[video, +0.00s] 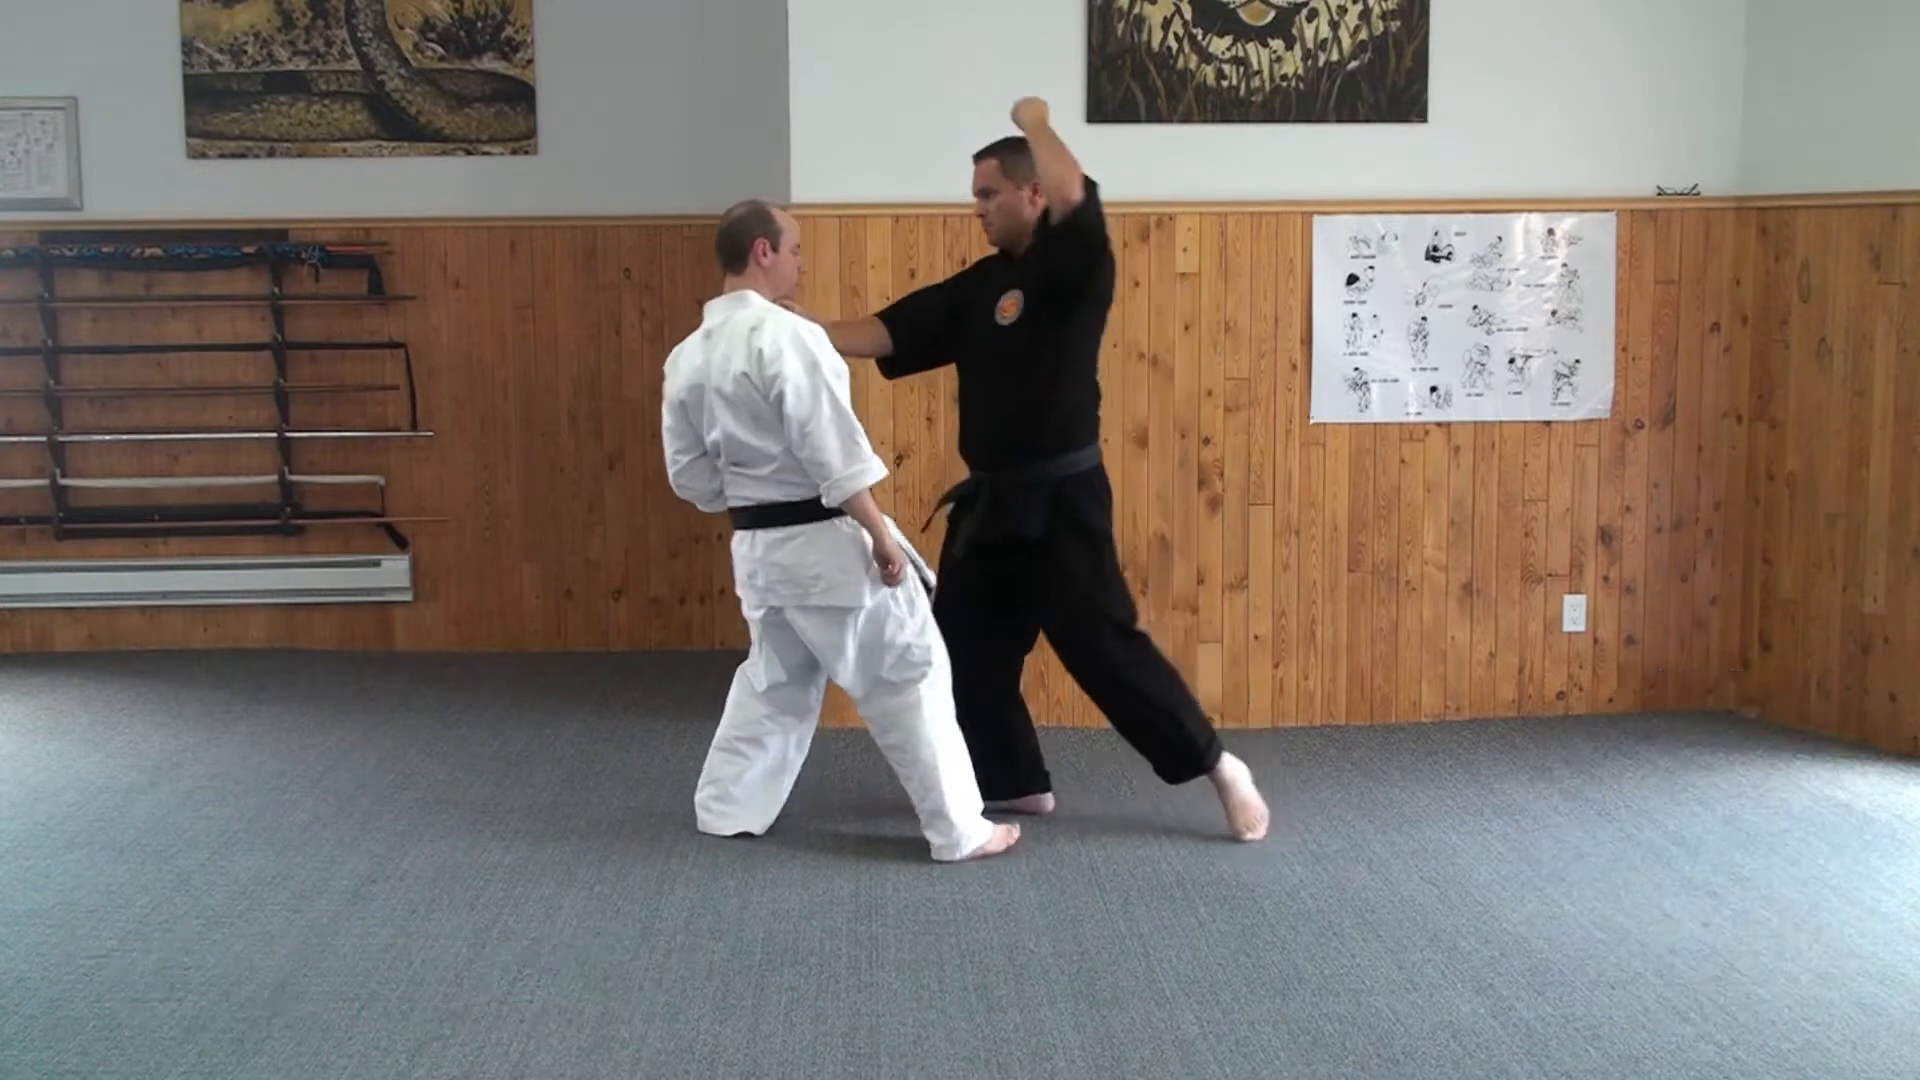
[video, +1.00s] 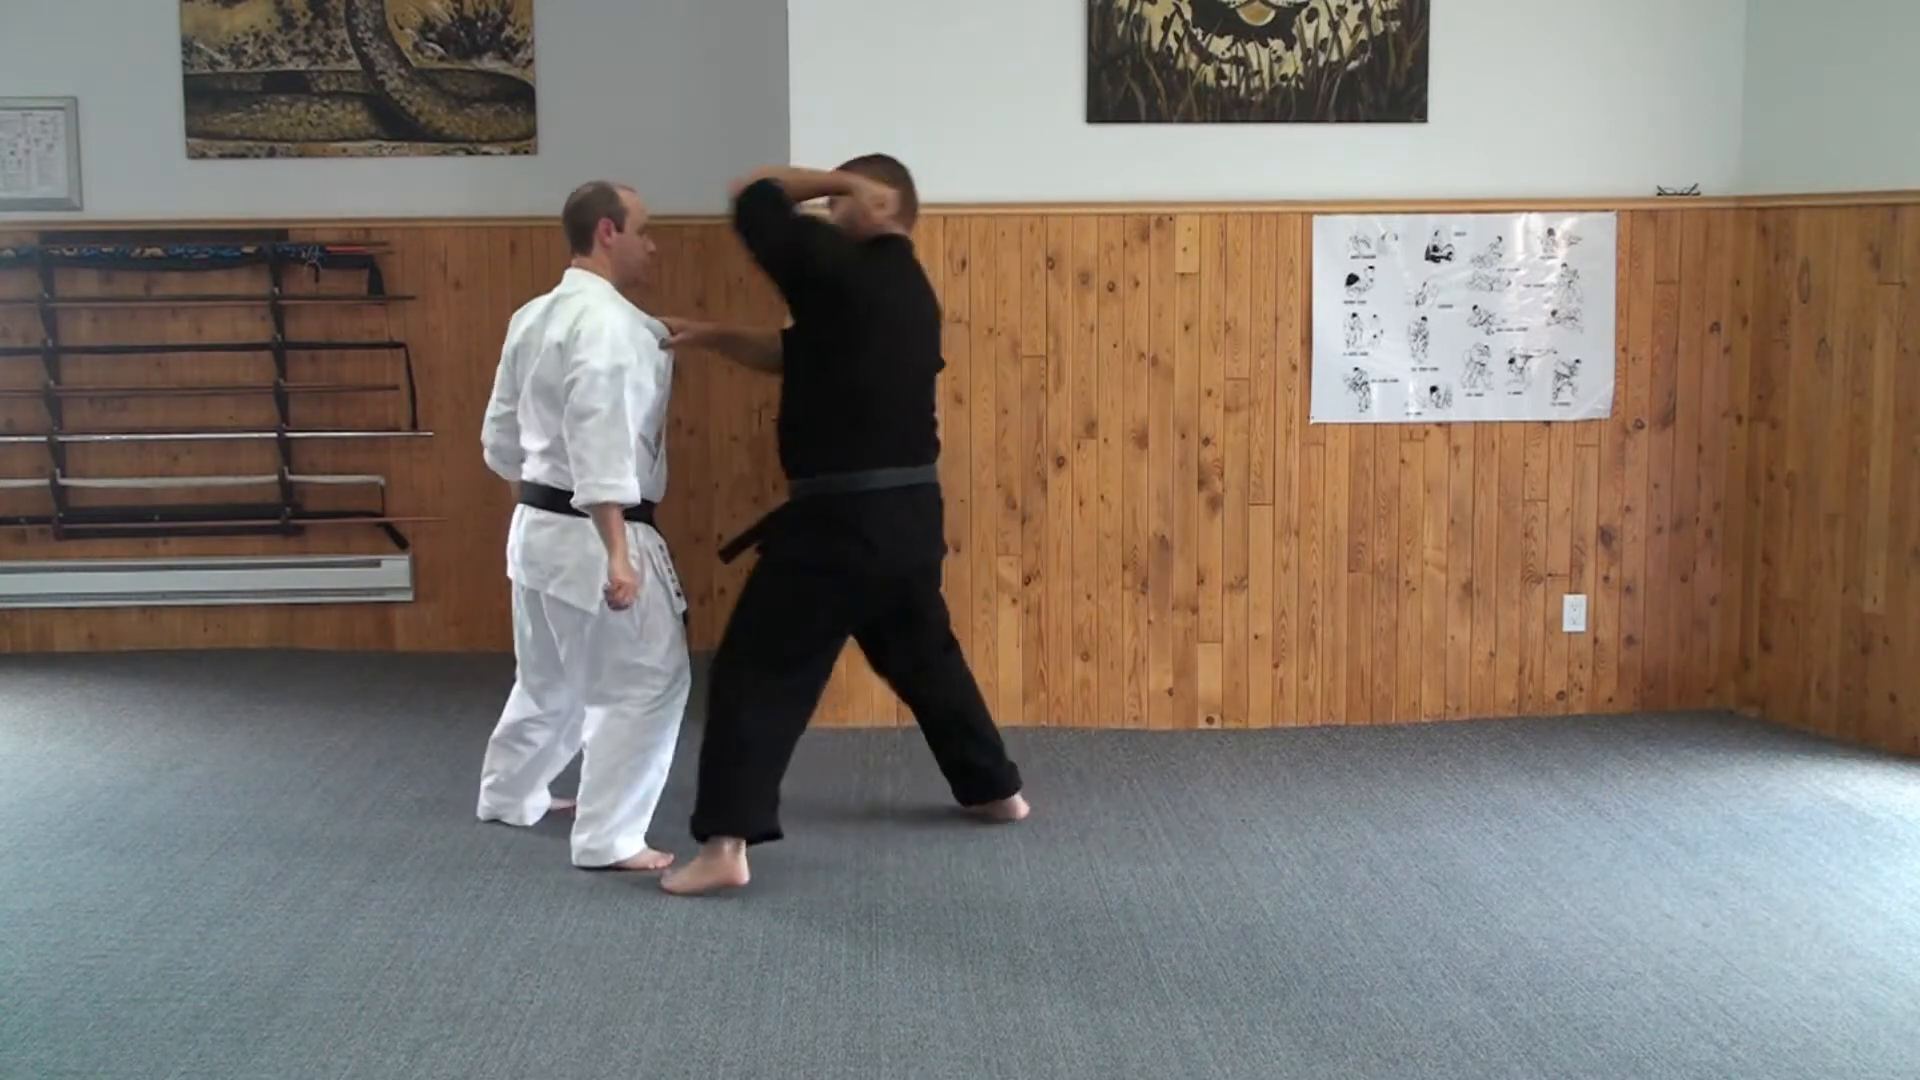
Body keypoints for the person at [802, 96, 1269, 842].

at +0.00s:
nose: (977, 207)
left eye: (987, 193)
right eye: (975, 196)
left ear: (1033, 193)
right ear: (992, 202)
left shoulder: (1072, 262)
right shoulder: (976, 287)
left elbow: (1073, 197)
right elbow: (883, 333)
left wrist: (1037, 130)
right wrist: (792, 333)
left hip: (1063, 491)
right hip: (991, 495)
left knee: (1101, 642)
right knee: (967, 644)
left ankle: (1218, 767)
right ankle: (1017, 784)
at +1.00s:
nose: (835, 206)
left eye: (846, 195)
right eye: (841, 197)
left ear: (872, 206)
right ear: (899, 215)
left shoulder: (837, 269)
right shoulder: (911, 287)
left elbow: (755, 194)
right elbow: (800, 354)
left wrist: (845, 184)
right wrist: (710, 336)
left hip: (836, 512)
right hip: (911, 509)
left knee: (752, 666)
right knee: (925, 654)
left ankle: (724, 847)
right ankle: (995, 789)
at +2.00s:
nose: (788, 216)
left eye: (792, 204)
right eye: (793, 203)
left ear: (812, 208)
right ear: (865, 216)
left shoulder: (776, 285)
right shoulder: (896, 298)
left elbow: (676, 316)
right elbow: (817, 378)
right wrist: (705, 361)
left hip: (790, 527)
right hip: (880, 522)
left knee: (715, 683)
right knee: (904, 666)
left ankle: (722, 855)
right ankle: (962, 807)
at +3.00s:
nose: (729, 361)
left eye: (730, 351)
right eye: (731, 352)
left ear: (752, 340)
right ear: (792, 330)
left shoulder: (762, 373)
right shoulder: (853, 371)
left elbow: (647, 341)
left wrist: (579, 307)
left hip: (894, 586)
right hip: (938, 566)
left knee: (968, 730)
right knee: (825, 653)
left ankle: (1121, 865)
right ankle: (826, 807)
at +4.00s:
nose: (691, 264)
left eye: (692, 253)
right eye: (693, 254)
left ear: (711, 243)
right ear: (756, 242)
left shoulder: (713, 282)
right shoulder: (804, 296)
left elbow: (590, 348)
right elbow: (704, 396)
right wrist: (605, 387)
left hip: (788, 510)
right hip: (858, 505)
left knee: (761, 681)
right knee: (817, 672)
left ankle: (844, 836)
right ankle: (815, 814)